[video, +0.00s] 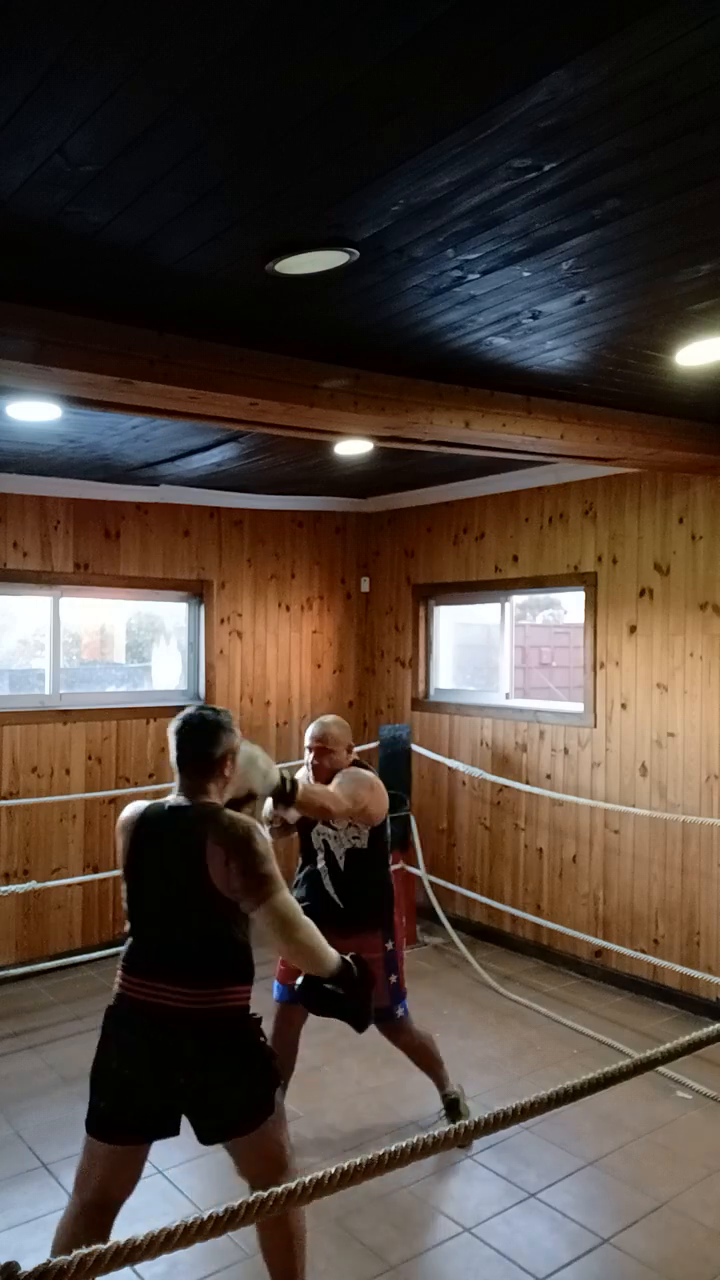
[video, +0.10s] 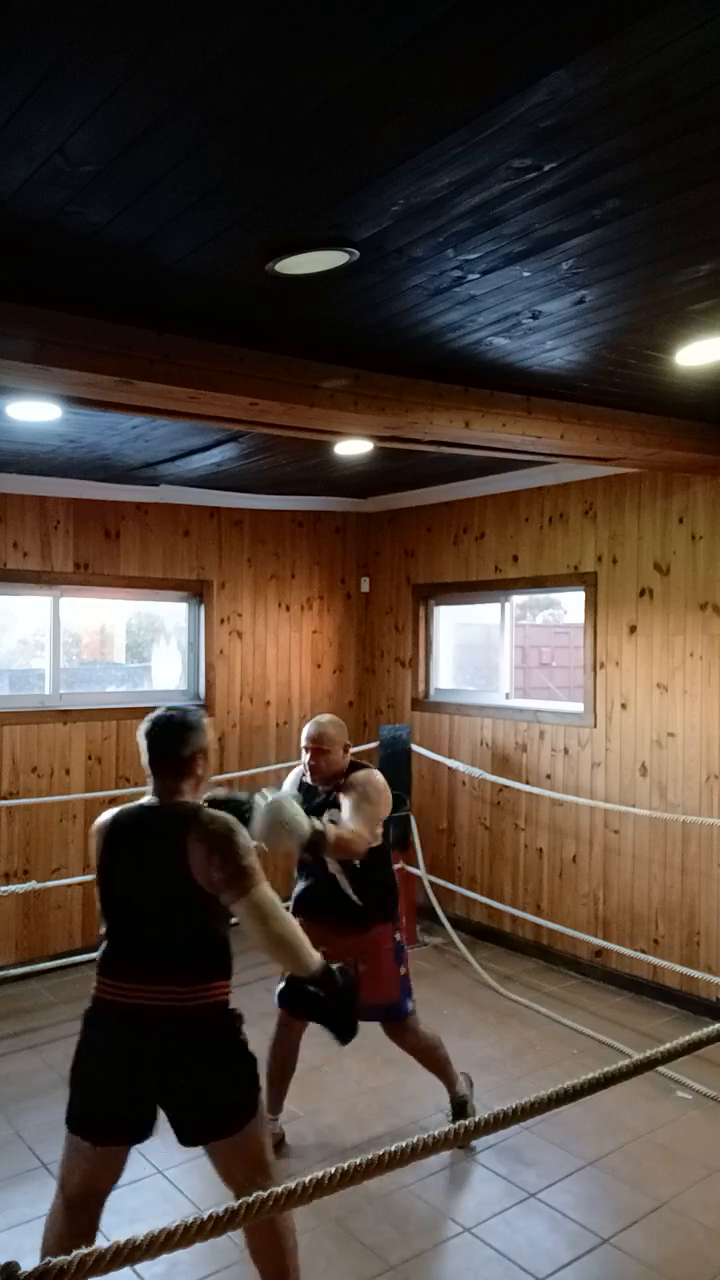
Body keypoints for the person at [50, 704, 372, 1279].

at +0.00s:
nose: (238, 763)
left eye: (236, 754)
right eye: (237, 754)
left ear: (175, 759)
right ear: (226, 763)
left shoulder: (132, 823)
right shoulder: (241, 836)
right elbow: (291, 933)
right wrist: (342, 972)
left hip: (134, 1036)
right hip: (220, 1042)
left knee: (93, 1200)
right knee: (275, 1189)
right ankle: (290, 1275)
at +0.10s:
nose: (210, 764)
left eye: (205, 755)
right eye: (207, 754)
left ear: (146, 762)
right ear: (200, 762)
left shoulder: (107, 828)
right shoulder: (218, 833)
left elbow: (138, 906)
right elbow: (271, 923)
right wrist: (323, 976)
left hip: (113, 1037)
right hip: (199, 1039)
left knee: (77, 1194)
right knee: (257, 1188)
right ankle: (283, 1276)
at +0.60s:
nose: (133, 757)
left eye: (131, 747)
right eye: (128, 749)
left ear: (69, 759)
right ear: (109, 757)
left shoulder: (23, 820)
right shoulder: (133, 816)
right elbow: (185, 906)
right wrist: (203, 948)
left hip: (36, 1001)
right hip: (115, 1001)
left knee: (41, 1176)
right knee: (106, 1111)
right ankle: (92, 1213)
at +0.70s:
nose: (139, 767)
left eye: (136, 757)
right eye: (137, 758)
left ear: (79, 758)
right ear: (123, 762)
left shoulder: (28, 815)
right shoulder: (138, 824)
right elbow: (186, 914)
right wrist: (198, 921)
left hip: (30, 992)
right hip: (104, 994)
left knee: (28, 1149)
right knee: (96, 1096)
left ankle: (31, 1274)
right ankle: (83, 1217)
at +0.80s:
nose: (146, 764)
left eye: (145, 754)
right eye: (144, 755)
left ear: (90, 750)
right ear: (127, 757)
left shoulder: (33, 796)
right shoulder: (136, 816)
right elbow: (178, 893)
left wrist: (8, 892)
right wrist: (199, 861)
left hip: (23, 974)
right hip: (95, 978)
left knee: (17, 1115)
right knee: (94, 1096)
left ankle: (19, 1251)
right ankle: (82, 1217)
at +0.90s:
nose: (146, 759)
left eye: (147, 750)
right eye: (144, 750)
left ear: (91, 741)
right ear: (123, 748)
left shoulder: (34, 784)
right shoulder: (125, 796)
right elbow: (195, 843)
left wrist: (11, 891)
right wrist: (213, 787)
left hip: (20, 957)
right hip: (87, 963)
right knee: (95, 1087)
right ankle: (82, 1216)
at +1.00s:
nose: (140, 752)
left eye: (141, 743)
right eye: (137, 742)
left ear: (87, 736)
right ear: (114, 741)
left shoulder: (28, 782)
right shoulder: (115, 783)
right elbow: (190, 806)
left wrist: (18, 888)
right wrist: (212, 755)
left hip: (15, 947)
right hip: (81, 955)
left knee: (5, 1068)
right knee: (91, 1083)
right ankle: (81, 1217)